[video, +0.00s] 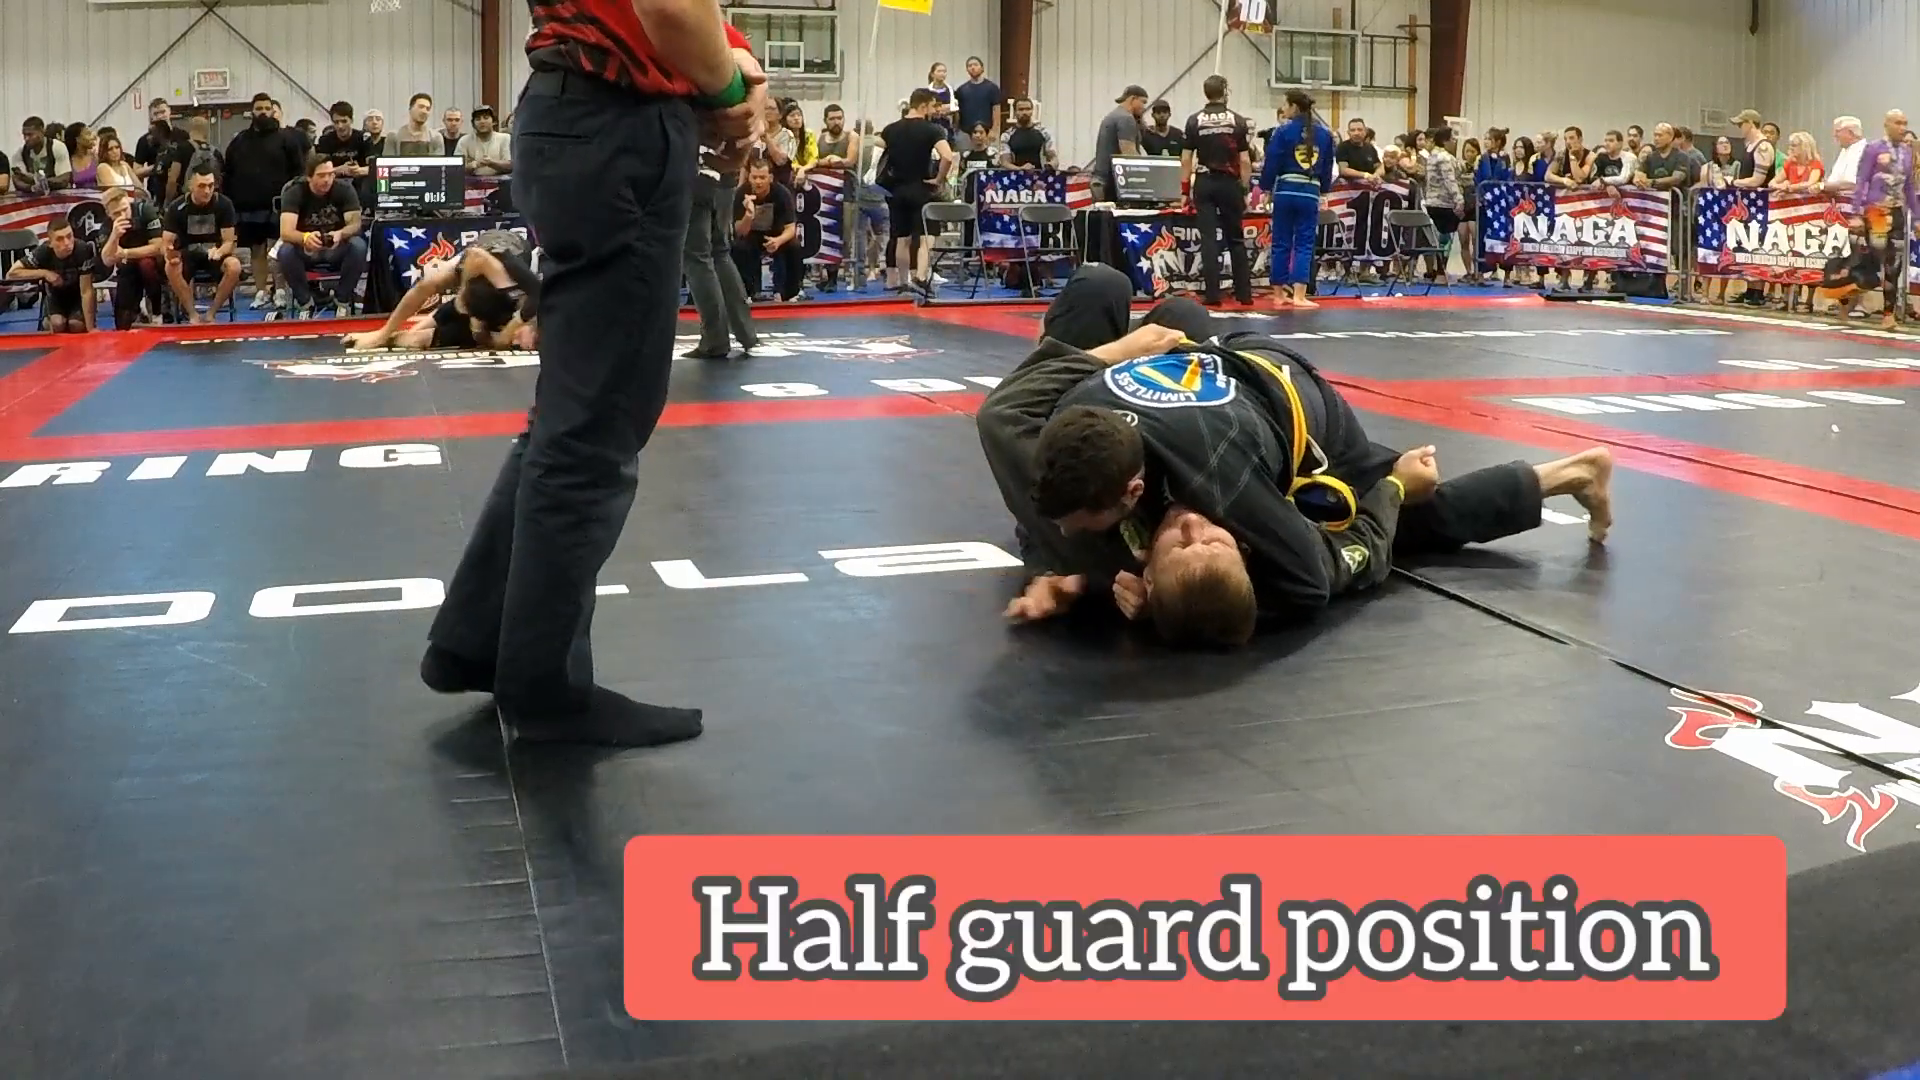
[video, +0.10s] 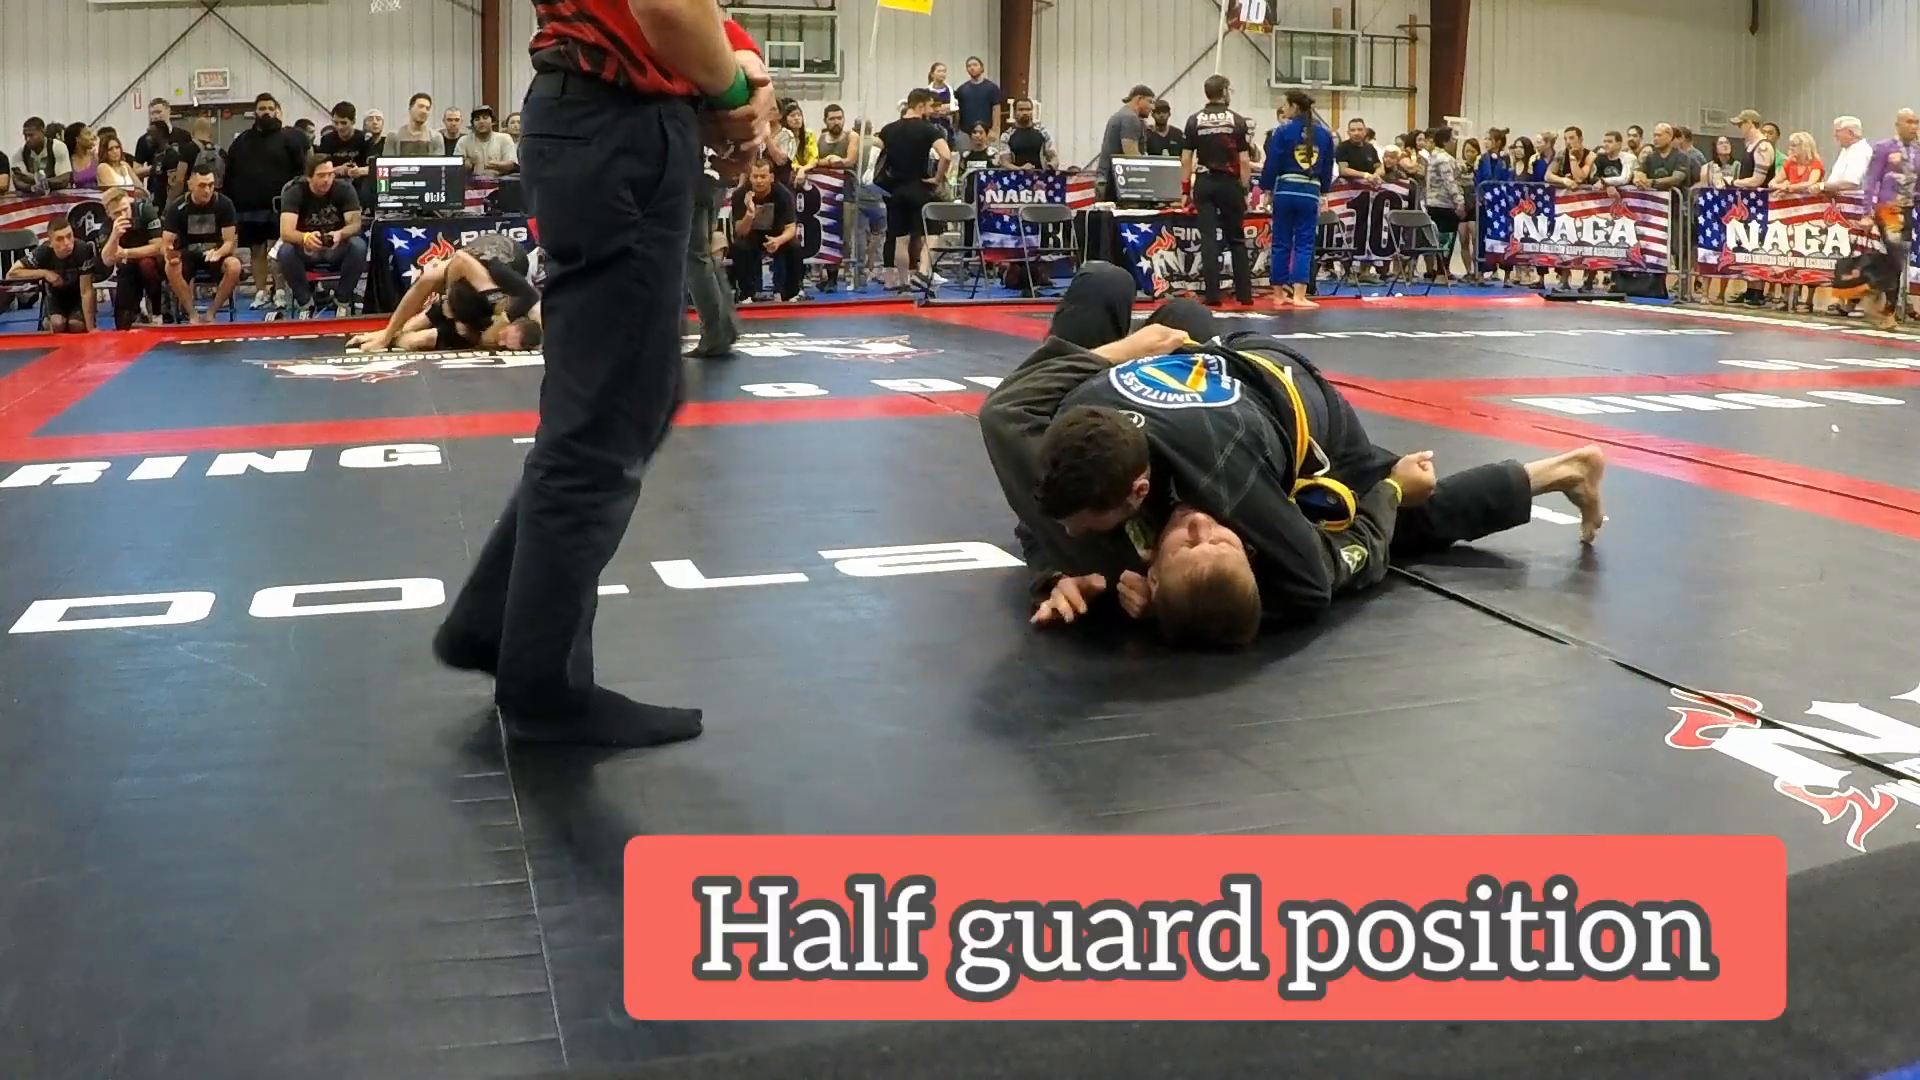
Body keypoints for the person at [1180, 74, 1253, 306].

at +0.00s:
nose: (1226, 94)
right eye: (1225, 91)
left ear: (1205, 94)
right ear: (1225, 93)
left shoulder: (1194, 121)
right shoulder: (1238, 121)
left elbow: (1186, 158)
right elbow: (1244, 160)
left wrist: (1184, 191)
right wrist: (1245, 190)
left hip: (1204, 181)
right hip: (1230, 182)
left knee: (1208, 239)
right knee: (1236, 239)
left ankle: (1212, 294)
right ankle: (1244, 293)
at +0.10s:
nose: (1229, 93)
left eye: (1227, 90)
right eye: (1227, 90)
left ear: (1206, 94)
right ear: (1224, 93)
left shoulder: (1194, 120)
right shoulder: (1237, 120)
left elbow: (1186, 158)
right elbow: (1243, 160)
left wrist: (1185, 190)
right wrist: (1245, 190)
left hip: (1204, 181)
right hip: (1230, 182)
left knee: (1208, 239)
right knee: (1237, 239)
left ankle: (1212, 295)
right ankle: (1244, 294)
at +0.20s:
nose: (1230, 94)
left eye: (1227, 90)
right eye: (1228, 91)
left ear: (1207, 94)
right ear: (1226, 93)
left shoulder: (1194, 120)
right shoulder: (1237, 121)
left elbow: (1186, 159)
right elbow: (1244, 160)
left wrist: (1186, 191)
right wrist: (1244, 191)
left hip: (1204, 181)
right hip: (1230, 182)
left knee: (1208, 239)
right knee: (1237, 239)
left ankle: (1212, 295)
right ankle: (1244, 294)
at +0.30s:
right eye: (1225, 92)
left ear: (1208, 93)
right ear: (1228, 94)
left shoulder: (1194, 120)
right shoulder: (1238, 121)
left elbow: (1187, 158)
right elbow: (1244, 160)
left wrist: (1189, 189)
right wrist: (1244, 192)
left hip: (1204, 181)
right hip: (1230, 182)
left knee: (1208, 239)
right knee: (1237, 238)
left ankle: (1212, 294)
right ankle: (1245, 294)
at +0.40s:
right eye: (1224, 92)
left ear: (1208, 93)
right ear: (1228, 94)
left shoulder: (1195, 120)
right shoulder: (1238, 121)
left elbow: (1187, 158)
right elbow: (1244, 160)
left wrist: (1191, 185)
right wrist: (1245, 191)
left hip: (1203, 181)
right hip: (1230, 182)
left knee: (1208, 239)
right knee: (1238, 239)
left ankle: (1212, 295)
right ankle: (1245, 294)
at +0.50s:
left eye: (1211, 91)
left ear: (1208, 93)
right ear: (1228, 94)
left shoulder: (1195, 120)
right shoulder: (1239, 121)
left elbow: (1188, 159)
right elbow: (1245, 160)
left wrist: (1192, 185)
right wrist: (1245, 191)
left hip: (1203, 181)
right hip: (1230, 182)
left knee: (1208, 238)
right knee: (1238, 238)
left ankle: (1212, 294)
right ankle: (1245, 294)